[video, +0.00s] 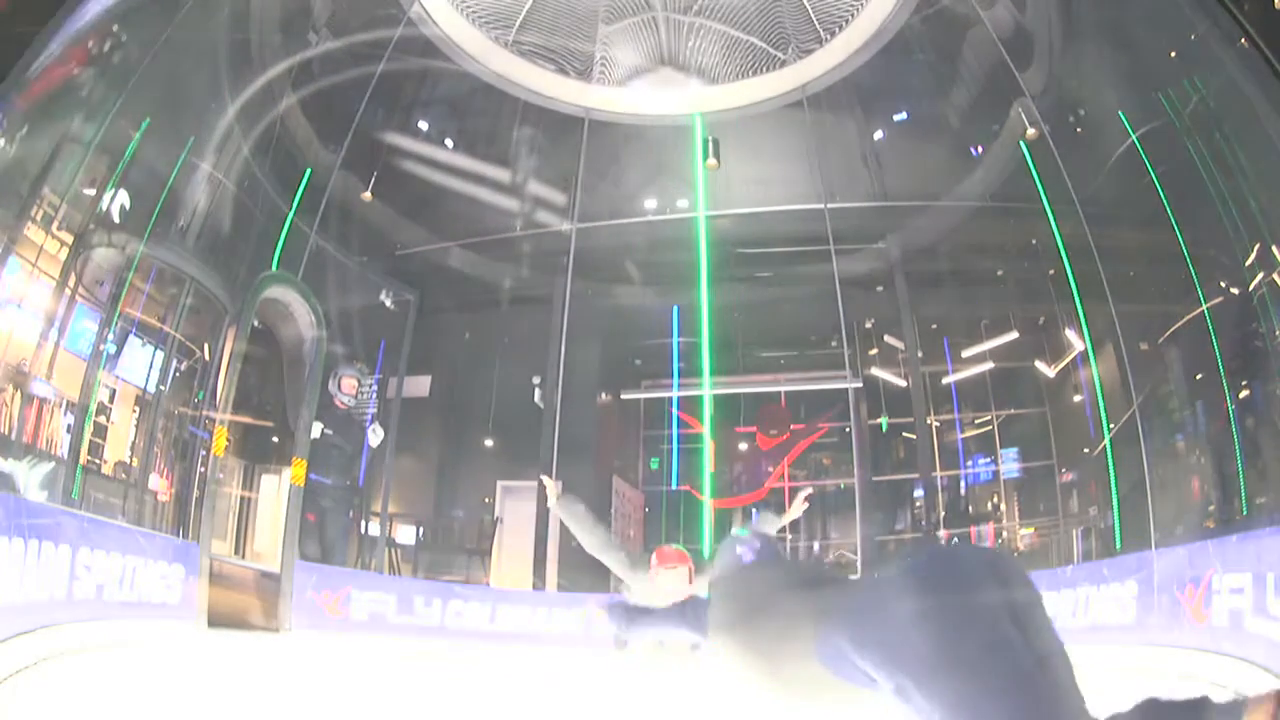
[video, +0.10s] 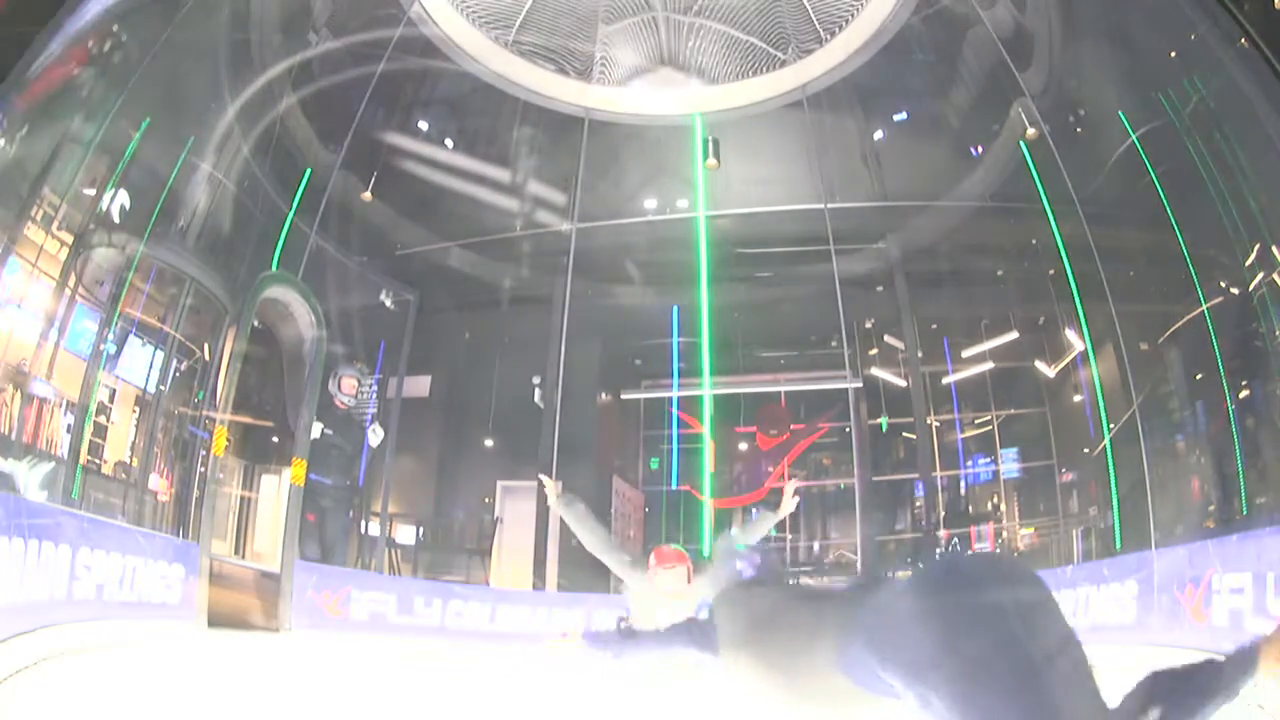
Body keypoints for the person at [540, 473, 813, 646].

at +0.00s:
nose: (678, 586)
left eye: (682, 579)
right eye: (671, 579)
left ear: (691, 576)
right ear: (654, 576)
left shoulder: (704, 587)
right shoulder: (635, 583)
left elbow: (740, 545)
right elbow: (597, 540)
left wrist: (784, 516)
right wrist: (560, 501)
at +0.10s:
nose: (671, 585)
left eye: (677, 577)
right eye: (664, 577)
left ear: (689, 574)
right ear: (651, 576)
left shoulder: (702, 592)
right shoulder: (636, 584)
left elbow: (734, 547)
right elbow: (599, 542)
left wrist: (777, 511)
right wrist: (562, 501)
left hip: (690, 657)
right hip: (641, 654)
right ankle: (584, 639)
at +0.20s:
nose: (672, 577)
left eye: (678, 569)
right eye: (664, 569)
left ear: (688, 571)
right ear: (651, 568)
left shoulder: (701, 588)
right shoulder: (636, 582)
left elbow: (733, 545)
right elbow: (599, 539)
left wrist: (774, 510)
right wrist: (561, 502)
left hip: (694, 668)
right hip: (645, 669)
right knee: (575, 664)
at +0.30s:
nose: (670, 577)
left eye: (677, 570)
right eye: (662, 569)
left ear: (688, 571)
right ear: (650, 569)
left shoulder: (704, 591)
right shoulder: (636, 581)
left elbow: (733, 542)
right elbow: (598, 541)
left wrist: (773, 513)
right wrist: (561, 503)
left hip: (694, 674)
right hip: (644, 675)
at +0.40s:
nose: (673, 557)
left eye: (678, 548)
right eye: (665, 549)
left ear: (687, 551)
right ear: (652, 550)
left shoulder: (701, 573)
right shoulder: (636, 573)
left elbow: (735, 541)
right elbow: (597, 538)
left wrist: (775, 511)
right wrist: (563, 500)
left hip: (695, 670)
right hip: (645, 672)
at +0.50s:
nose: (672, 569)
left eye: (678, 562)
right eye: (665, 562)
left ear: (686, 563)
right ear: (651, 562)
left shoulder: (698, 583)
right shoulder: (637, 580)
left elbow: (733, 546)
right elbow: (597, 542)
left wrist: (776, 513)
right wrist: (563, 501)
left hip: (691, 669)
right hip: (642, 672)